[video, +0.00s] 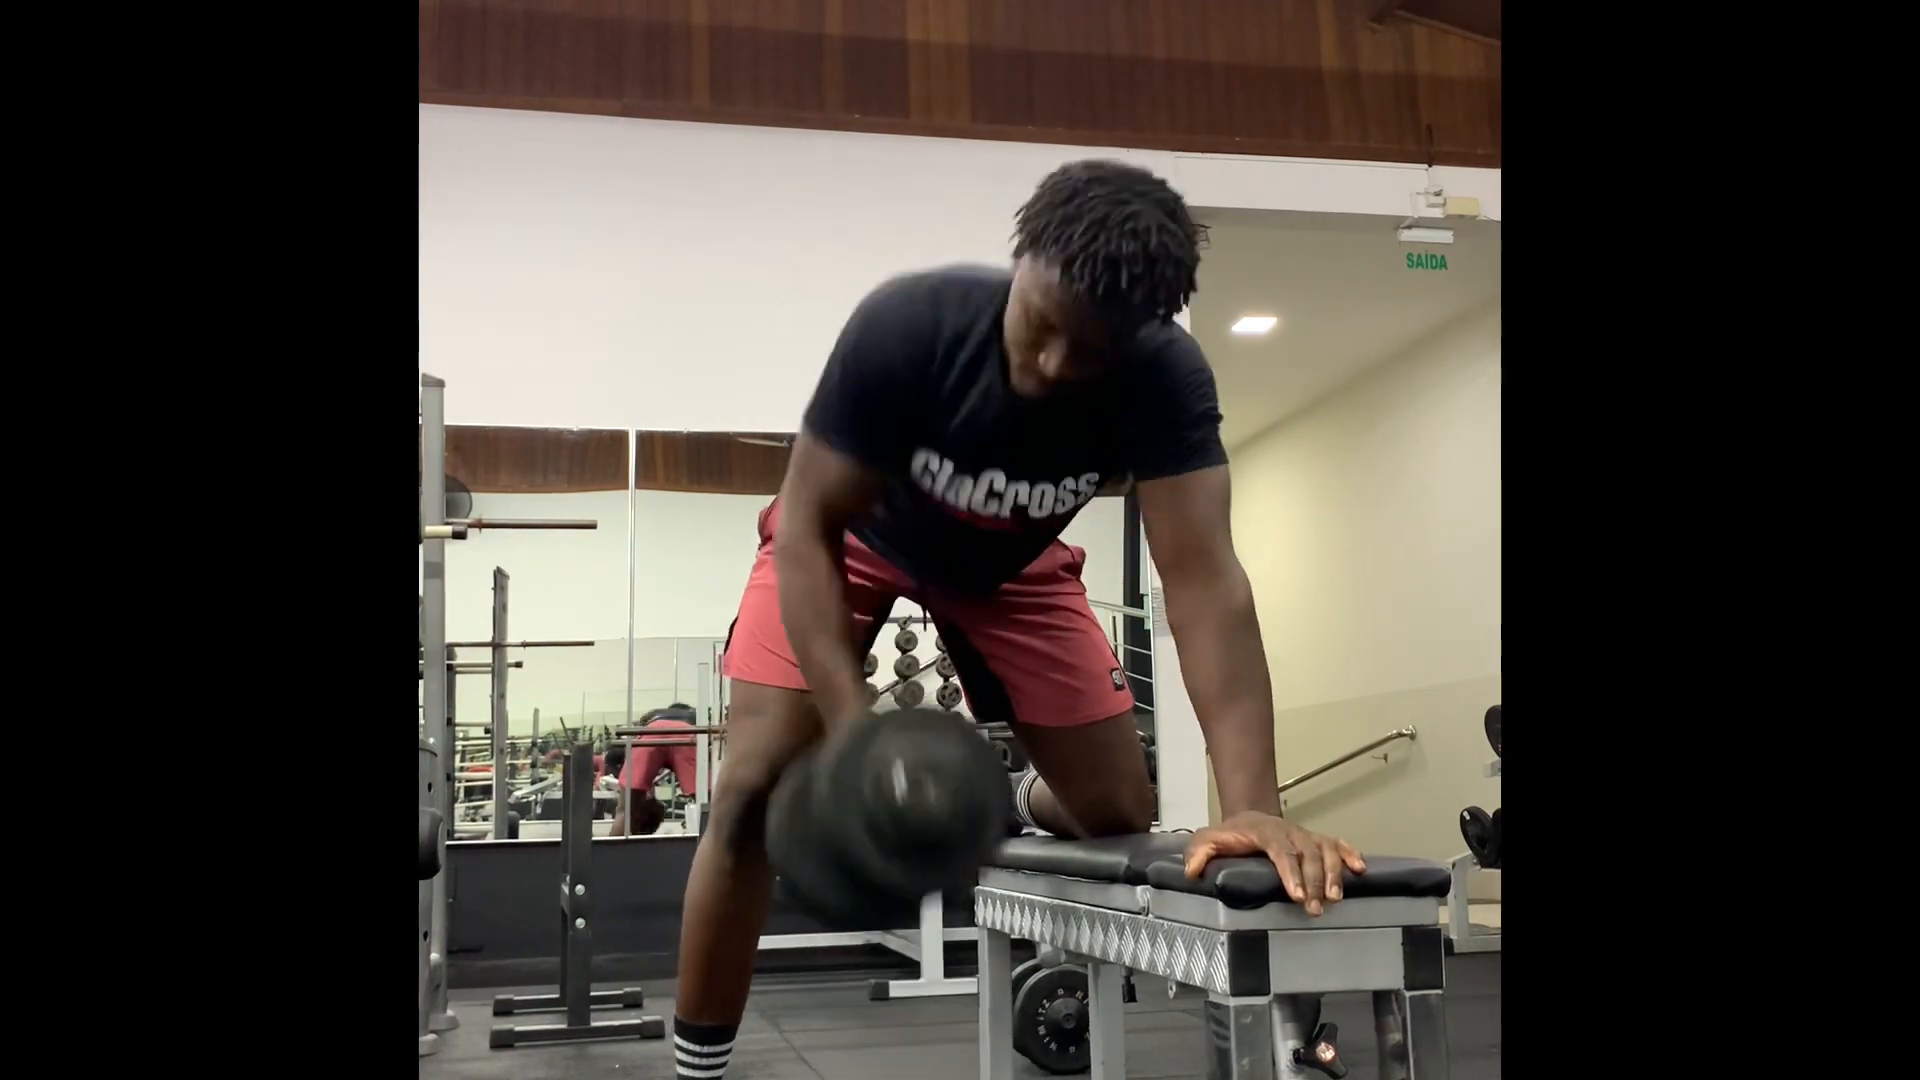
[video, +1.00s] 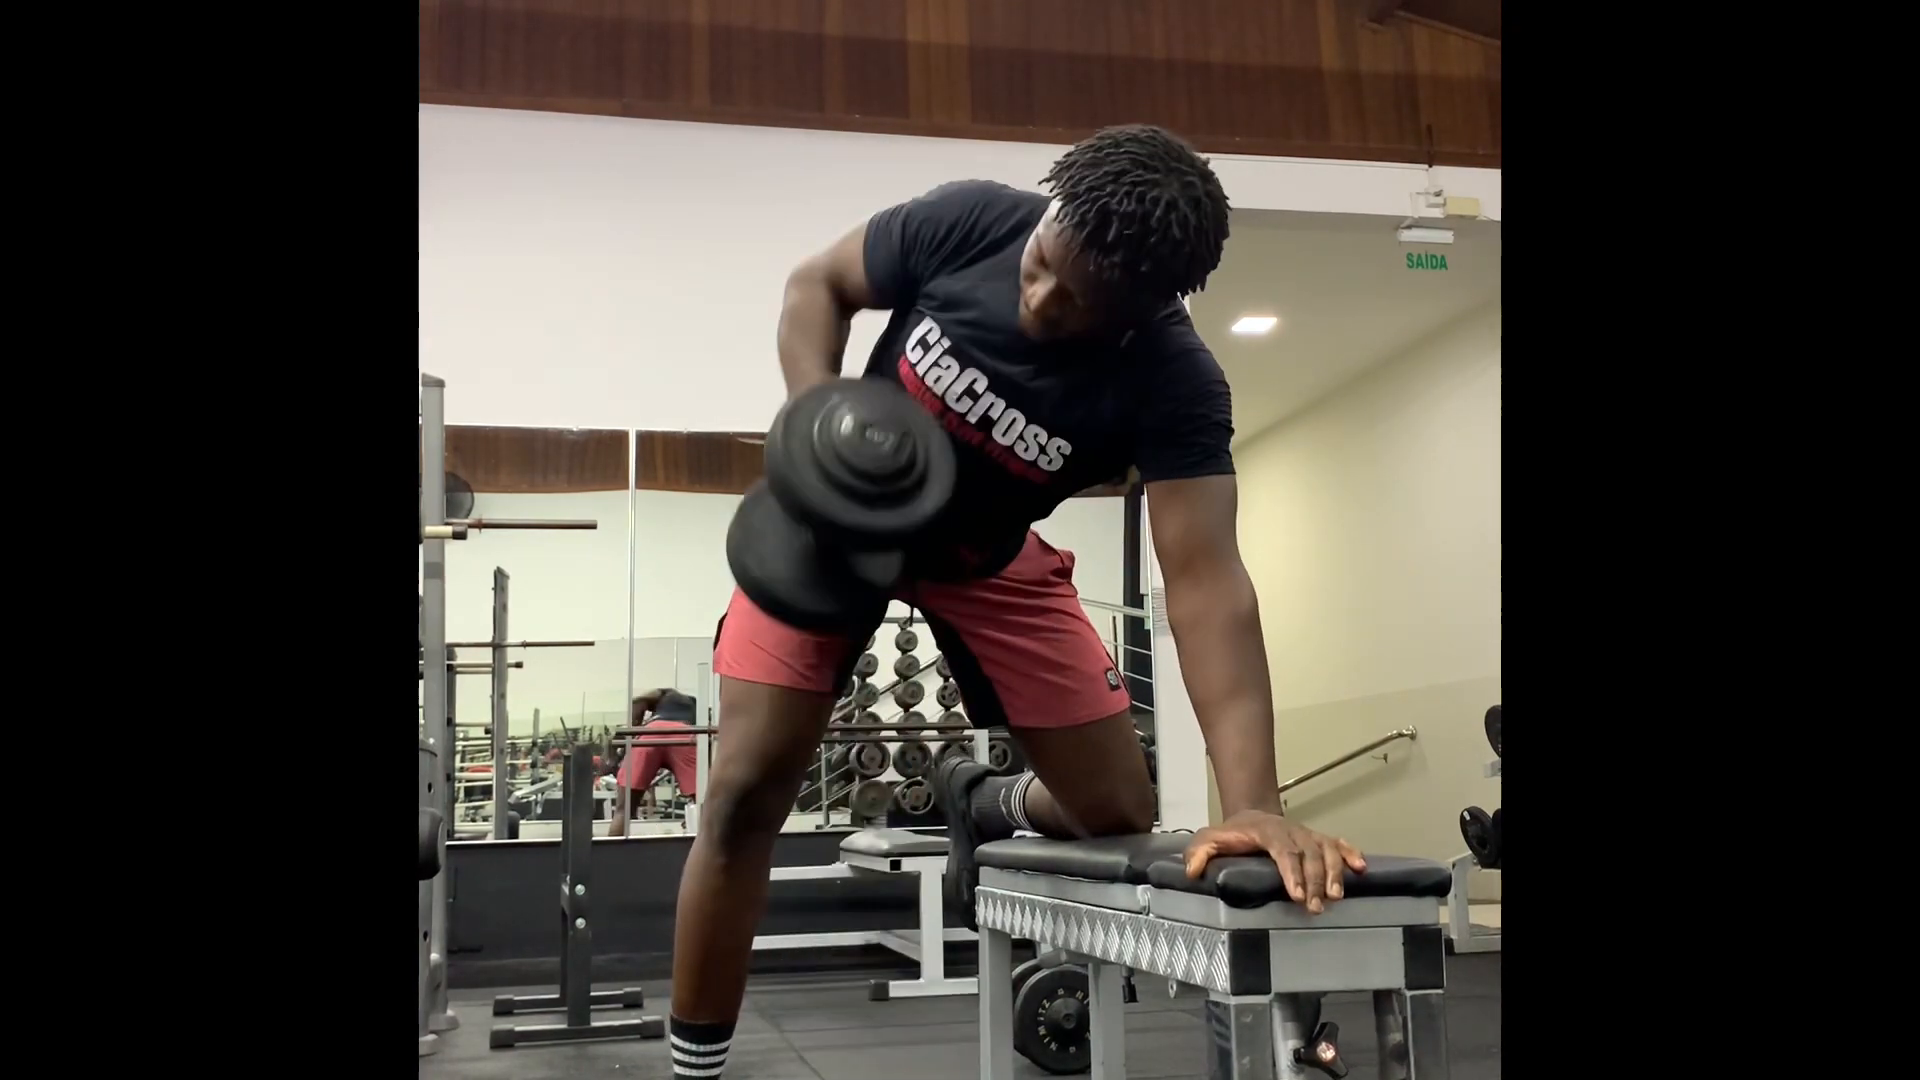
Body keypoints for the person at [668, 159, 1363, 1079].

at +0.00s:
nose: (1055, 363)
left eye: (1089, 346)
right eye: (1041, 327)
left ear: (1141, 328)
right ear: (1018, 267)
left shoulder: (1163, 376)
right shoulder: (904, 327)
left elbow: (1204, 577)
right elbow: (804, 522)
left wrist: (1251, 806)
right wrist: (854, 742)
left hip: (1017, 567)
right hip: (852, 537)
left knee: (1118, 812)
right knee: (748, 788)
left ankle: (1006, 806)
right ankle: (697, 1072)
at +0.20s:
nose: (1077, 345)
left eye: (1113, 331)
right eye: (1068, 308)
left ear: (1172, 317)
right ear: (1054, 247)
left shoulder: (1183, 390)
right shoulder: (962, 250)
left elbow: (1213, 588)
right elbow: (825, 283)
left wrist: (1252, 804)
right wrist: (822, 415)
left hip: (1010, 562)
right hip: (856, 516)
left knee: (1118, 814)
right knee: (748, 795)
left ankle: (986, 804)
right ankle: (695, 1071)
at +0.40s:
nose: (1054, 416)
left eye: (1085, 396)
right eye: (1036, 381)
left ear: (1132, 362)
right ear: (1002, 319)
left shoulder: (1151, 392)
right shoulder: (895, 366)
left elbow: (1196, 582)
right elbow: (793, 552)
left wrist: (1252, 804)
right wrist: (833, 768)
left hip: (1019, 570)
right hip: (851, 544)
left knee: (1119, 814)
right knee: (748, 782)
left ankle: (988, 800)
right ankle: (695, 1069)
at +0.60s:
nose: (1048, 526)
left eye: (1065, 498)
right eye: (1013, 503)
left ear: (1088, 449)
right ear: (953, 457)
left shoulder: (1096, 404)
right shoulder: (867, 528)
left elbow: (1182, 588)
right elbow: (872, 802)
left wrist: (1252, 807)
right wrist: (876, 1053)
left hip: (1012, 557)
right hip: (833, 541)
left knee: (1121, 812)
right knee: (730, 797)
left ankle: (993, 801)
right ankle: (693, 1075)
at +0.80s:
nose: (1025, 447)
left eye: (1052, 427)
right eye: (1003, 419)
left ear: (1098, 390)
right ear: (967, 358)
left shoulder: (1131, 390)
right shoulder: (873, 427)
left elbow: (1194, 583)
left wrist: (1253, 805)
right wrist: (865, 946)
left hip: (1017, 563)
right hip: (840, 552)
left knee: (1120, 810)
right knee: (741, 791)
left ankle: (989, 794)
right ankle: (694, 1074)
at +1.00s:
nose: (1039, 297)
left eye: (1077, 300)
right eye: (1042, 261)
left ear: (1146, 309)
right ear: (1047, 214)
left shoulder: (1176, 386)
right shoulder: (969, 222)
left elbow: (1207, 579)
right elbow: (817, 285)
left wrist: (1253, 803)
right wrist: (815, 420)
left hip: (995, 561)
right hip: (849, 511)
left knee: (1117, 811)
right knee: (741, 794)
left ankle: (978, 800)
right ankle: (692, 1071)